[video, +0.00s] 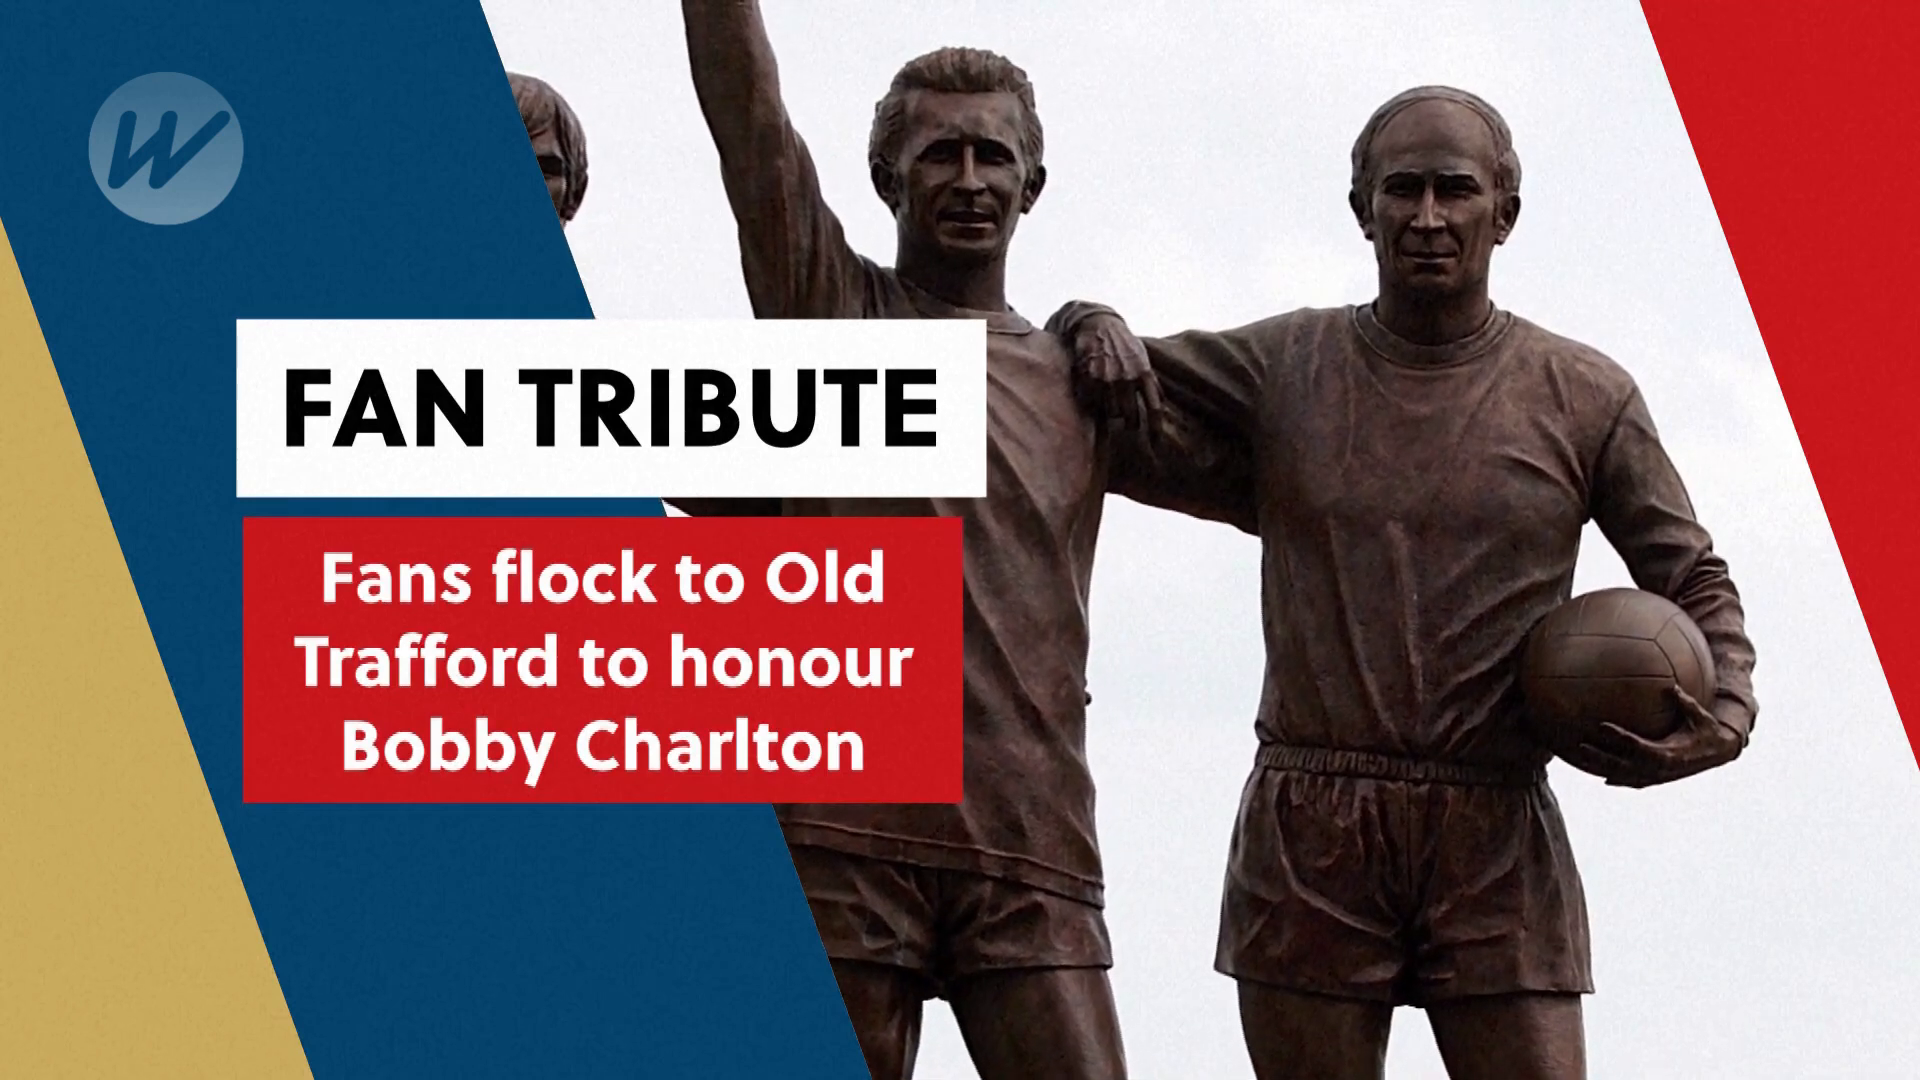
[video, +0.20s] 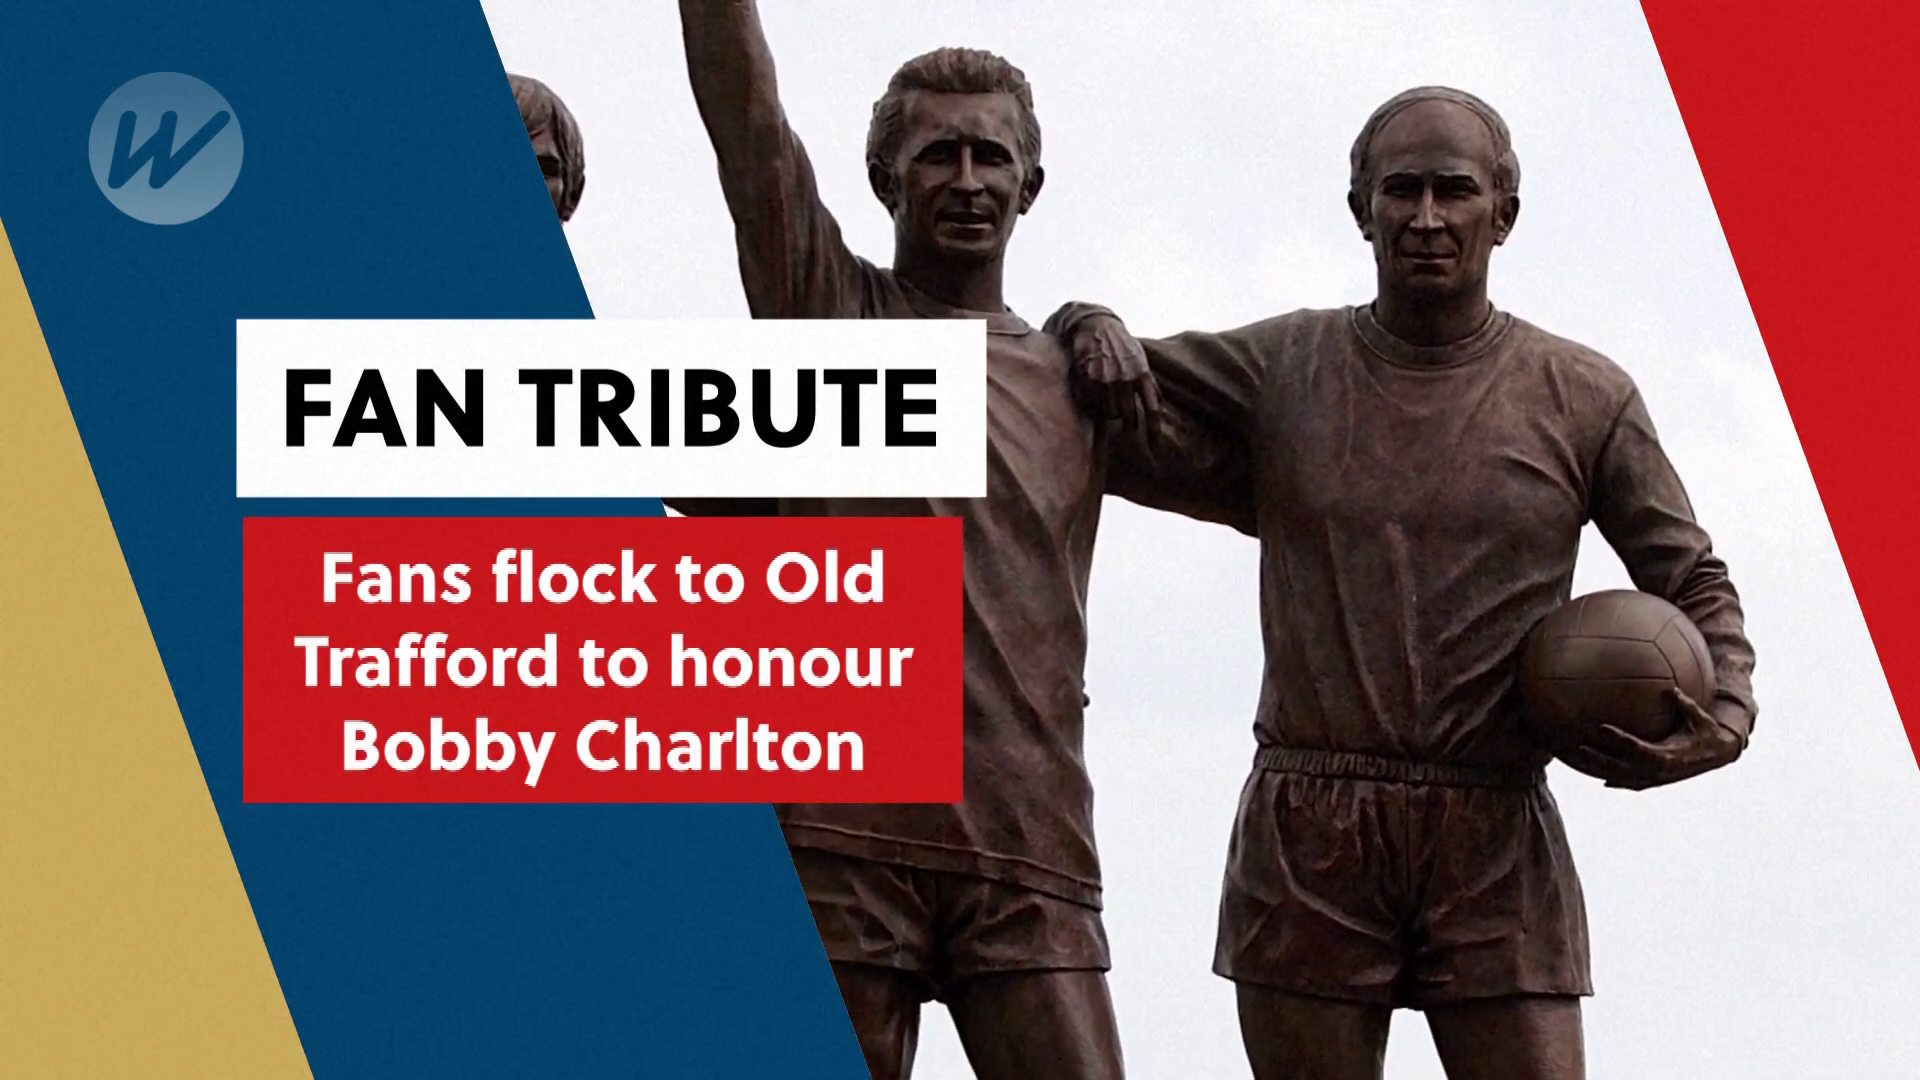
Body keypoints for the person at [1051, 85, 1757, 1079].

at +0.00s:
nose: (1428, 215)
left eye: (1457, 187)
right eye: (1401, 189)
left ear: (1507, 212)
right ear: (1362, 209)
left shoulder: (1585, 394)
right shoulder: (1283, 363)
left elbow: (1693, 579)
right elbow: (1103, 396)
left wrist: (1727, 700)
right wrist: (1087, 321)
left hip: (1495, 838)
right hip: (1309, 835)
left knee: (1542, 1066)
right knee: (1308, 1069)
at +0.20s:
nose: (1427, 216)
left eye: (1456, 188)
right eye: (1400, 190)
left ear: (1506, 213)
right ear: (1361, 210)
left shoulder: (1584, 395)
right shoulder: (1282, 364)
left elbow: (1692, 580)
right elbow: (1106, 398)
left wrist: (1726, 705)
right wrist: (1085, 323)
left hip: (1494, 841)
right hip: (1307, 837)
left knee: (1541, 1067)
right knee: (1306, 1069)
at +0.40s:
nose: (1426, 217)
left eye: (1455, 189)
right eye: (1399, 190)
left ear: (1505, 214)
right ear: (1359, 211)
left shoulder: (1583, 397)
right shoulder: (1279, 365)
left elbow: (1692, 583)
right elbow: (1105, 400)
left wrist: (1724, 706)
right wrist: (1083, 325)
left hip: (1494, 842)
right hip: (1306, 838)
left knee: (1539, 1065)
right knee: (1304, 1067)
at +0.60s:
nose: (1425, 218)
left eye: (1453, 190)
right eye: (1398, 191)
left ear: (1504, 214)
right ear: (1358, 212)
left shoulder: (1583, 398)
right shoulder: (1278, 366)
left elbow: (1691, 584)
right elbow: (1107, 407)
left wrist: (1725, 709)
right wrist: (1083, 327)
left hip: (1495, 846)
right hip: (1305, 841)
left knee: (1538, 1065)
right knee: (1301, 1067)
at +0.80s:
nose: (1423, 218)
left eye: (1452, 191)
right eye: (1397, 192)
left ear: (1503, 216)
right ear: (1357, 212)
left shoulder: (1582, 398)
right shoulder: (1278, 367)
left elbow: (1691, 586)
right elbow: (1104, 402)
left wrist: (1725, 711)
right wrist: (1080, 327)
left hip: (1494, 847)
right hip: (1304, 842)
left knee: (1539, 1066)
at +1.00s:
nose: (1422, 219)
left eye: (1450, 192)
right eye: (1395, 193)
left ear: (1502, 217)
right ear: (1355, 213)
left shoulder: (1581, 400)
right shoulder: (1276, 368)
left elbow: (1690, 588)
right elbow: (1099, 408)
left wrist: (1724, 712)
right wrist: (1077, 329)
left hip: (1492, 848)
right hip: (1301, 844)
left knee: (1536, 1065)